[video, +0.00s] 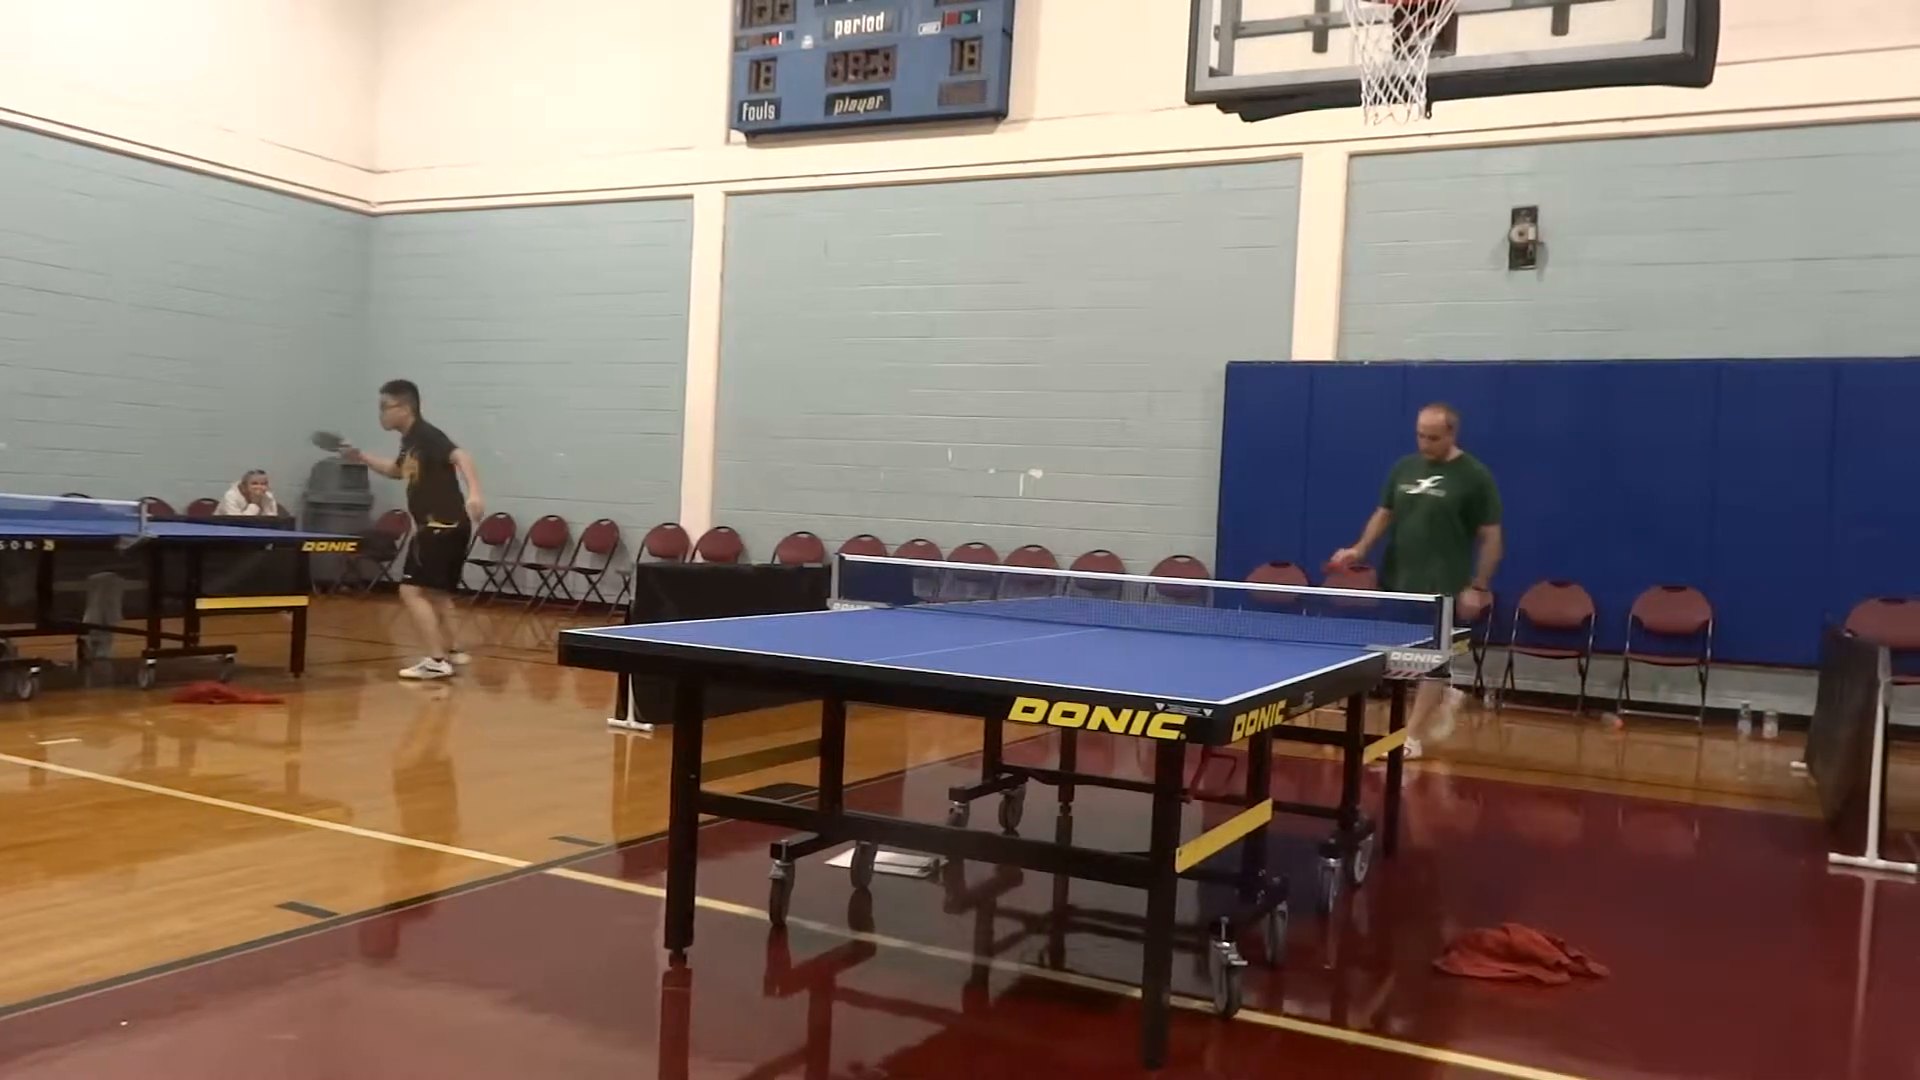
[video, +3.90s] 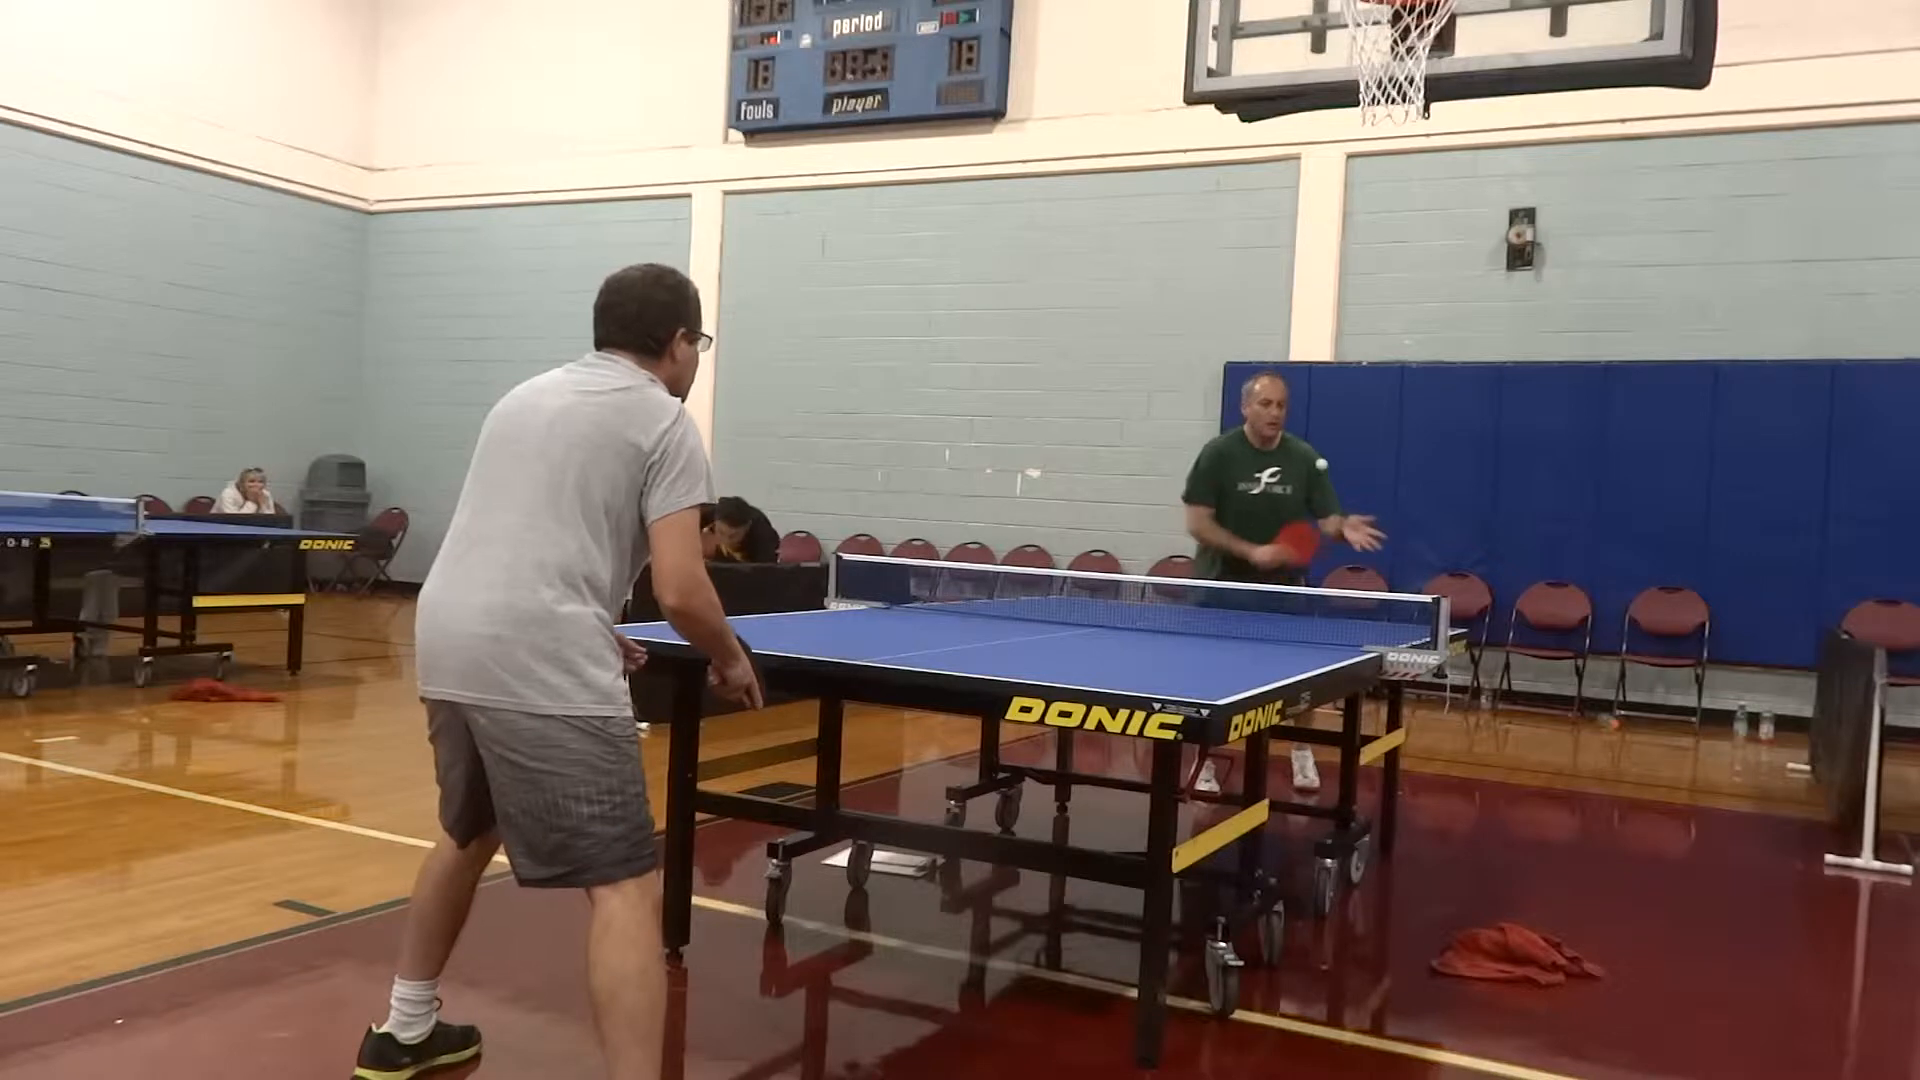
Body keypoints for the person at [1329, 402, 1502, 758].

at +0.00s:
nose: (1425, 443)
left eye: (1433, 437)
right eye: (1421, 435)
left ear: (1452, 435)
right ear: (1415, 432)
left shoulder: (1475, 476)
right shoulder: (1404, 467)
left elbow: (1492, 537)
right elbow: (1383, 514)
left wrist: (1479, 587)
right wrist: (1360, 549)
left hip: (1444, 592)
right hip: (1399, 587)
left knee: (1432, 666)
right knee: (1401, 660)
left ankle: (1412, 735)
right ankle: (1447, 698)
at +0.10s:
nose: (1409, 440)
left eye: (1417, 434)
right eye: (1405, 432)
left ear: (1436, 431)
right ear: (1401, 429)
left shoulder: (1459, 472)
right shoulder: (1389, 464)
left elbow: (1479, 532)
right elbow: (1372, 510)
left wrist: (1456, 577)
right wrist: (1349, 537)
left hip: (1429, 591)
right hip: (1382, 586)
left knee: (1427, 670)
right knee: (1388, 664)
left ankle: (1412, 738)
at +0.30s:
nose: (1374, 441)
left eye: (1382, 435)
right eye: (1371, 433)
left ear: (1404, 433)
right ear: (1367, 430)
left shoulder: (1428, 470)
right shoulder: (1358, 465)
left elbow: (1454, 528)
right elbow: (1343, 517)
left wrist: (1436, 573)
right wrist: (1317, 554)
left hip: (1410, 594)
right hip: (1361, 589)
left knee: (1414, 671)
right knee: (1350, 662)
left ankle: (1408, 738)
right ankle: (1342, 735)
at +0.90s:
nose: (1311, 438)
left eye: (1320, 430)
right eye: (1307, 430)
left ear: (1339, 425)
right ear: (1301, 426)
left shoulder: (1373, 460)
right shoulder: (1294, 465)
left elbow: (1403, 518)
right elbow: (1276, 525)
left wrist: (1400, 575)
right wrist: (1260, 574)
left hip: (1361, 590)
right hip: (1312, 589)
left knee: (1356, 673)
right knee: (1317, 671)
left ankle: (1346, 749)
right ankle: (1321, 743)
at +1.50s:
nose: (1309, 426)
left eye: (1318, 420)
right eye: (1304, 417)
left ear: (1337, 418)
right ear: (1297, 412)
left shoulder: (1362, 461)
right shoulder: (1277, 454)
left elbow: (1384, 525)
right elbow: (1256, 514)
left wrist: (1346, 564)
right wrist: (1240, 570)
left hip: (1333, 591)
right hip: (1280, 587)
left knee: (1333, 676)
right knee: (1277, 667)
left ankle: (1329, 754)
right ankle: (1276, 739)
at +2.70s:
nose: (1272, 416)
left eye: (1282, 410)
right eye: (1266, 406)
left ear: (1296, 414)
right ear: (1255, 406)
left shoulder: (1313, 465)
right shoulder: (1225, 452)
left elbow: (1325, 529)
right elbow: (1191, 505)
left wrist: (1310, 551)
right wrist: (1185, 551)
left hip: (1286, 594)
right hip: (1226, 588)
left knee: (1284, 673)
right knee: (1219, 667)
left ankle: (1281, 753)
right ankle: (1211, 755)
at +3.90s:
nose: (1274, 413)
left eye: (1281, 405)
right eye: (1265, 404)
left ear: (1288, 411)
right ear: (1244, 408)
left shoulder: (1306, 459)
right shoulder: (1218, 454)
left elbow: (1325, 519)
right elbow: (1197, 522)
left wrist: (1342, 524)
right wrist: (1250, 550)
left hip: (1283, 590)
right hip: (1222, 587)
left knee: (1298, 669)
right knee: (1215, 666)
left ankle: (1302, 750)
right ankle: (1211, 755)